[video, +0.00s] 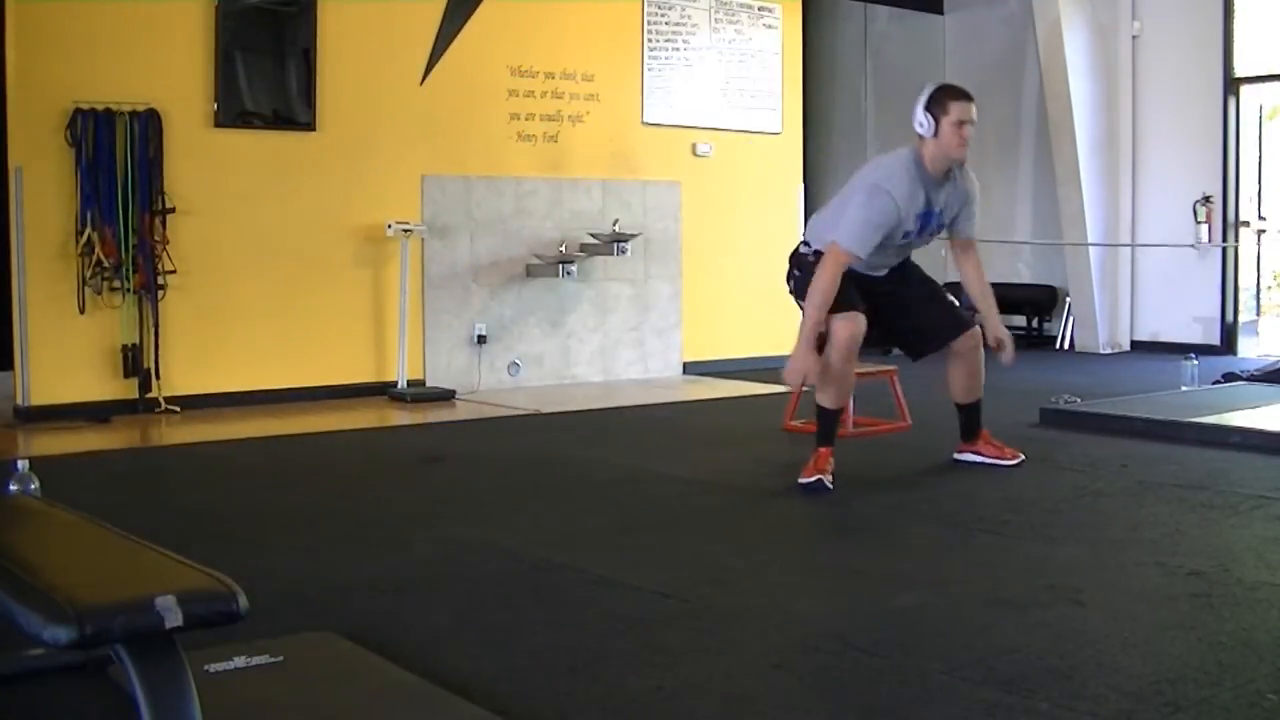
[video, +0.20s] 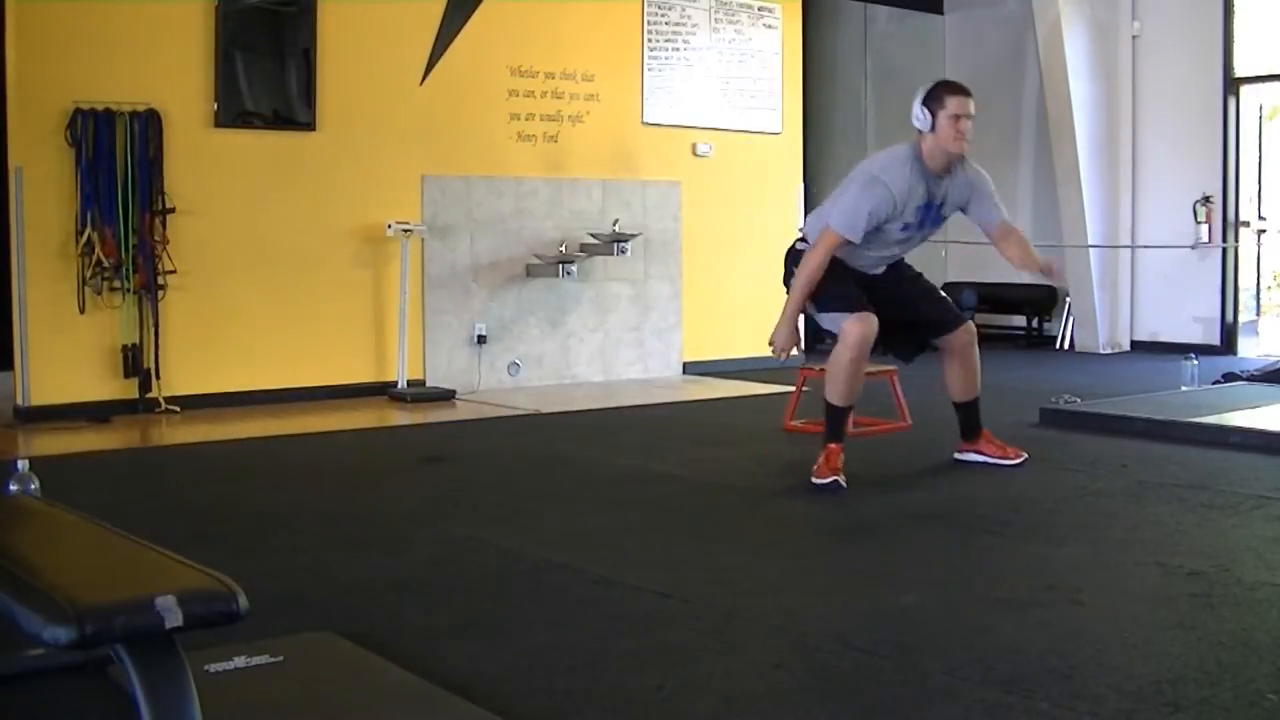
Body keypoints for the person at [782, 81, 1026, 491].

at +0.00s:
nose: (968, 134)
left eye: (971, 125)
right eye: (960, 125)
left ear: (972, 129)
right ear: (930, 127)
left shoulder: (960, 185)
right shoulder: (887, 184)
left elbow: (965, 251)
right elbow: (834, 260)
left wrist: (992, 321)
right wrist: (804, 346)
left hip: (887, 268)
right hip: (824, 264)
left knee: (966, 336)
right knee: (848, 328)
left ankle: (972, 440)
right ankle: (823, 452)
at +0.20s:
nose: (964, 127)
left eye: (968, 119)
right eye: (954, 118)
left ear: (971, 124)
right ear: (926, 122)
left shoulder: (968, 179)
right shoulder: (884, 178)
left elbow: (1002, 232)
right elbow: (822, 246)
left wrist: (1034, 265)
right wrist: (788, 319)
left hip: (882, 266)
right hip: (824, 261)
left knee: (960, 333)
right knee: (860, 327)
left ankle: (973, 439)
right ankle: (832, 449)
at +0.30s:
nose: (923, 91)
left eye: (927, 82)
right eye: (914, 82)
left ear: (931, 88)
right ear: (887, 86)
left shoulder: (938, 142)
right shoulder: (850, 144)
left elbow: (965, 188)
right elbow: (795, 221)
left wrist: (981, 221)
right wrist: (819, 282)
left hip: (876, 253)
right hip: (818, 255)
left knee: (945, 338)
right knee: (827, 336)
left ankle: (969, 440)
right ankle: (836, 447)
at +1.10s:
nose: (600, 46)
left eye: (611, 34)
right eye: (589, 32)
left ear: (619, 38)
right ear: (560, 31)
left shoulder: (630, 103)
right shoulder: (515, 103)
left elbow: (680, 179)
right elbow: (443, 194)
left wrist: (713, 269)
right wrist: (454, 292)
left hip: (564, 246)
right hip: (486, 243)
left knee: (647, 327)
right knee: (440, 346)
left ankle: (608, 474)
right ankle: (433, 462)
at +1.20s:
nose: (562, 89)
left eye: (573, 77)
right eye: (551, 74)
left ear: (584, 82)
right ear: (523, 74)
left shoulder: (592, 145)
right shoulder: (479, 136)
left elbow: (649, 223)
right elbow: (402, 232)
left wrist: (677, 305)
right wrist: (364, 336)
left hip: (516, 272)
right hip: (439, 264)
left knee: (598, 352)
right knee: (366, 368)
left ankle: (576, 497)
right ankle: (271, 497)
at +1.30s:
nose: (505, 149)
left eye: (517, 138)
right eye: (495, 134)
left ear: (530, 142)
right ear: (468, 131)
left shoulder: (542, 195)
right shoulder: (425, 186)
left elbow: (615, 276)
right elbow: (333, 289)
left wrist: (644, 367)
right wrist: (283, 400)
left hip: (470, 299)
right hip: (390, 293)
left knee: (568, 360)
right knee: (309, 388)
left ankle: (572, 500)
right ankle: (198, 526)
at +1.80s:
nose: (487, 153)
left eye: (490, 140)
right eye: (475, 141)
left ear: (487, 141)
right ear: (434, 143)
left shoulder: (496, 204)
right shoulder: (373, 199)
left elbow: (529, 299)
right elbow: (274, 278)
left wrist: (523, 392)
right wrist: (218, 380)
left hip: (444, 298)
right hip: (354, 294)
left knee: (551, 372)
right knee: (284, 393)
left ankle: (574, 499)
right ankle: (184, 530)